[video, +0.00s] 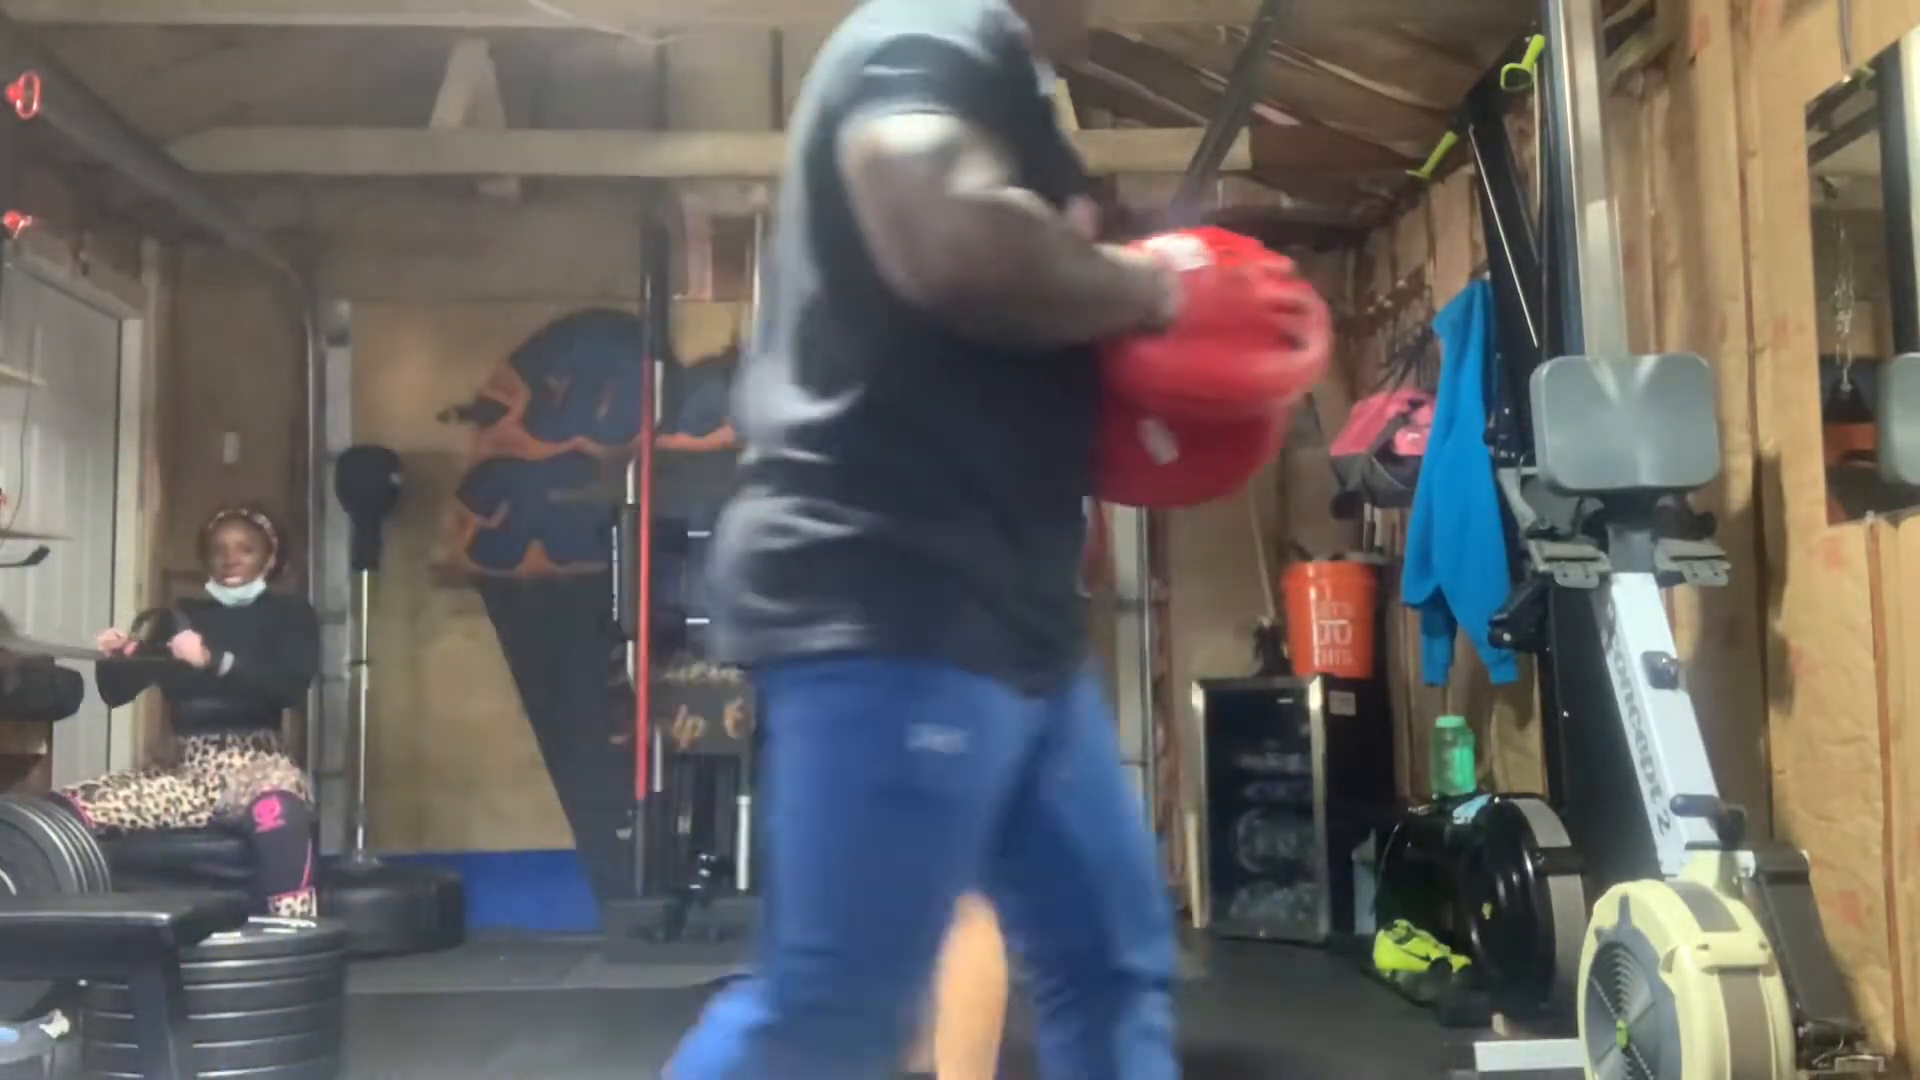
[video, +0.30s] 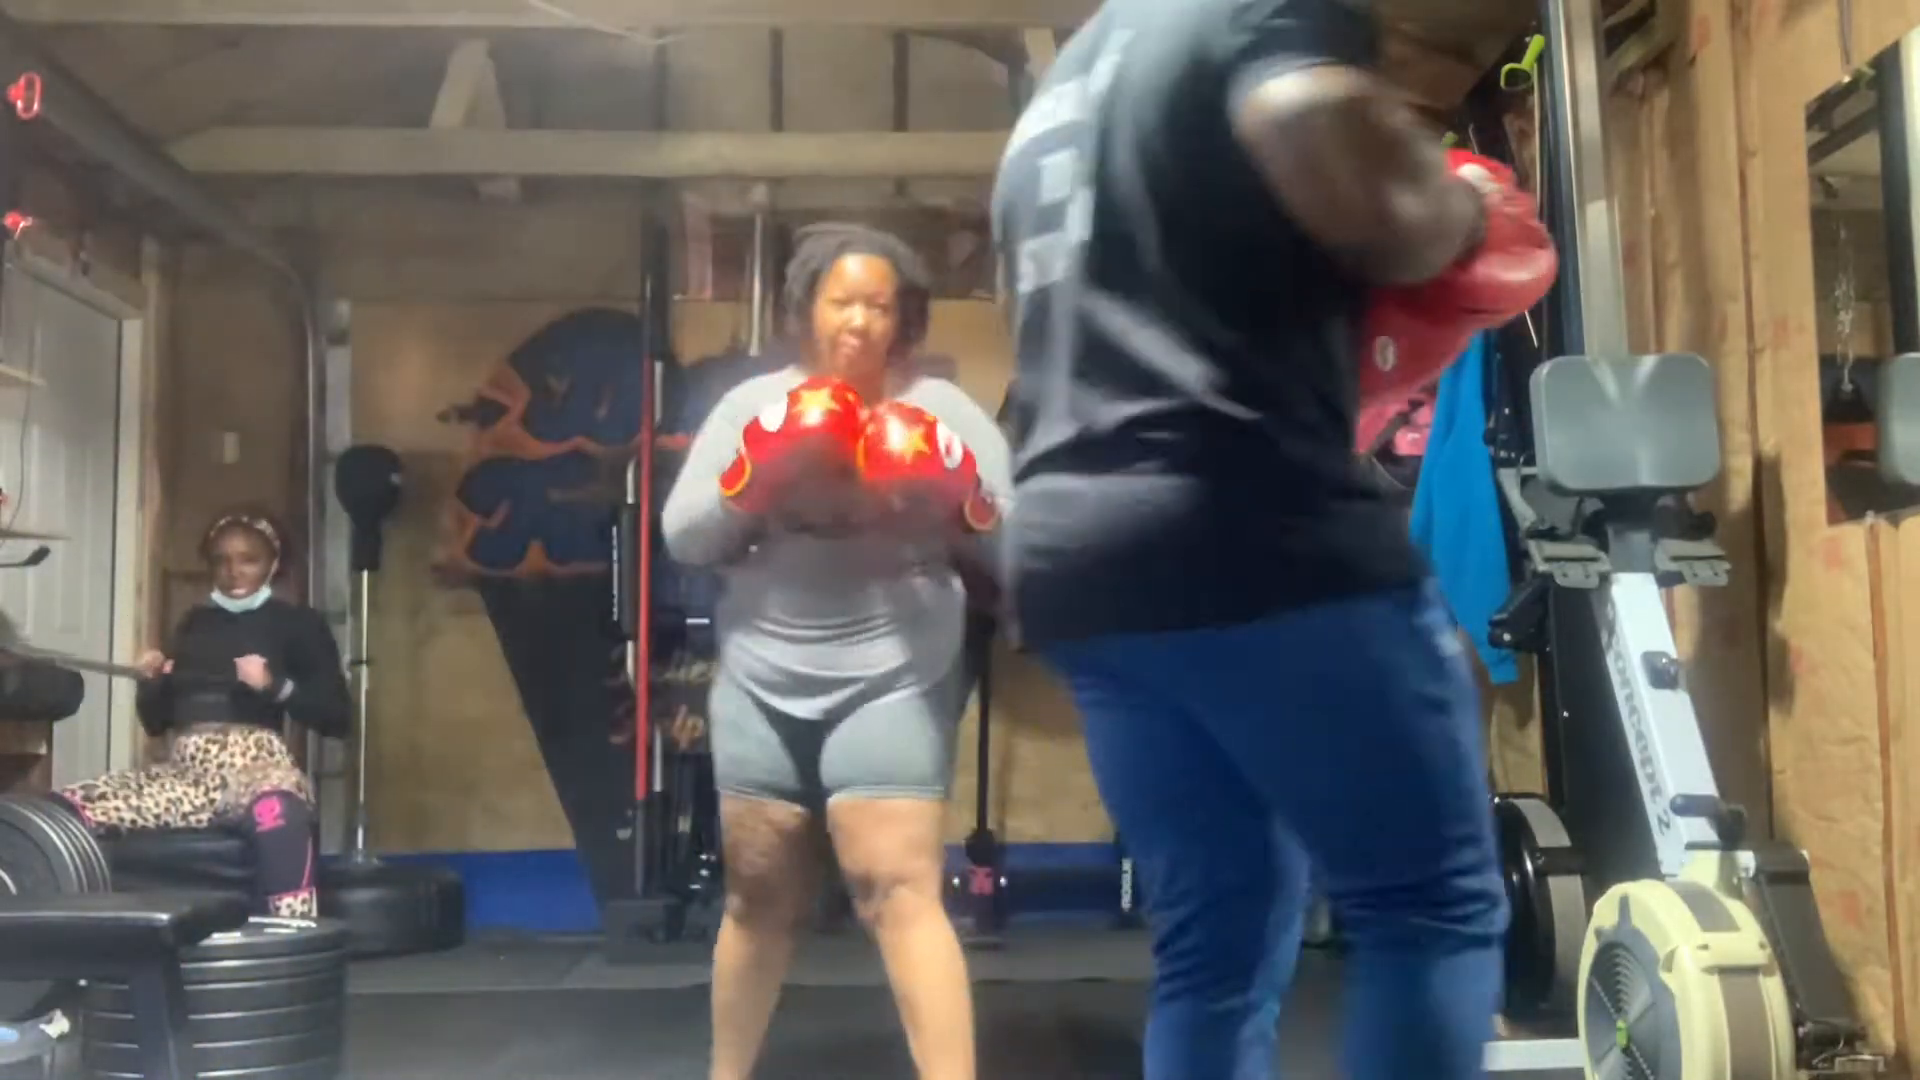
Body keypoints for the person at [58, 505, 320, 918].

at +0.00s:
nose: (231, 559)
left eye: (244, 548)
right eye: (220, 550)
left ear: (269, 560)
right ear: (207, 561)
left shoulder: (289, 613)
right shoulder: (184, 617)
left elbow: (291, 686)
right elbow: (116, 692)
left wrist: (213, 660)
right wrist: (114, 659)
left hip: (258, 767)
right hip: (183, 770)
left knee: (280, 811)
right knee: (67, 810)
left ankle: (294, 944)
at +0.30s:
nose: (234, 572)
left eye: (248, 560)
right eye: (223, 560)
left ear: (273, 566)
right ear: (210, 565)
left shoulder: (299, 624)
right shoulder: (194, 623)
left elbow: (337, 718)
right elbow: (157, 723)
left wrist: (276, 687)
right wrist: (151, 683)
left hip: (257, 772)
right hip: (182, 772)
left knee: (280, 814)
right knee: (62, 810)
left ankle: (290, 946)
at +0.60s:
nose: (211, 559)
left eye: (226, 548)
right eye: (201, 549)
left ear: (253, 555)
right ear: (189, 554)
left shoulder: (276, 609)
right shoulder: (169, 612)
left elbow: (300, 682)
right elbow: (99, 695)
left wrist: (220, 655)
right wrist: (104, 661)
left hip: (253, 770)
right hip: (174, 773)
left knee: (281, 811)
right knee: (63, 810)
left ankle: (294, 945)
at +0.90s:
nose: (174, 558)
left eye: (189, 550)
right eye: (168, 549)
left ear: (219, 563)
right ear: (158, 555)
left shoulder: (250, 622)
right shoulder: (138, 619)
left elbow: (247, 720)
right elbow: (107, 705)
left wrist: (165, 726)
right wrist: (86, 715)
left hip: (243, 773)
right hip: (165, 775)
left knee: (279, 812)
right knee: (61, 813)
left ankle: (295, 944)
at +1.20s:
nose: (159, 560)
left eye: (178, 553)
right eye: (157, 550)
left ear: (209, 576)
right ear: (147, 558)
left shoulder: (241, 626)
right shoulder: (125, 627)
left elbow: (241, 728)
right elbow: (94, 705)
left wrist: (158, 756)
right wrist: (70, 733)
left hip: (240, 777)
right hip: (159, 780)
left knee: (279, 813)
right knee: (61, 816)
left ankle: (293, 944)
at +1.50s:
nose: (163, 557)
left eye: (184, 551)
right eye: (162, 548)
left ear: (213, 575)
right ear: (150, 558)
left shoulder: (242, 628)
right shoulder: (126, 627)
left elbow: (245, 739)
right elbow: (98, 708)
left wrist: (170, 759)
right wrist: (84, 740)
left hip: (237, 780)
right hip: (152, 781)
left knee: (280, 814)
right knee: (62, 815)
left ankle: (294, 945)